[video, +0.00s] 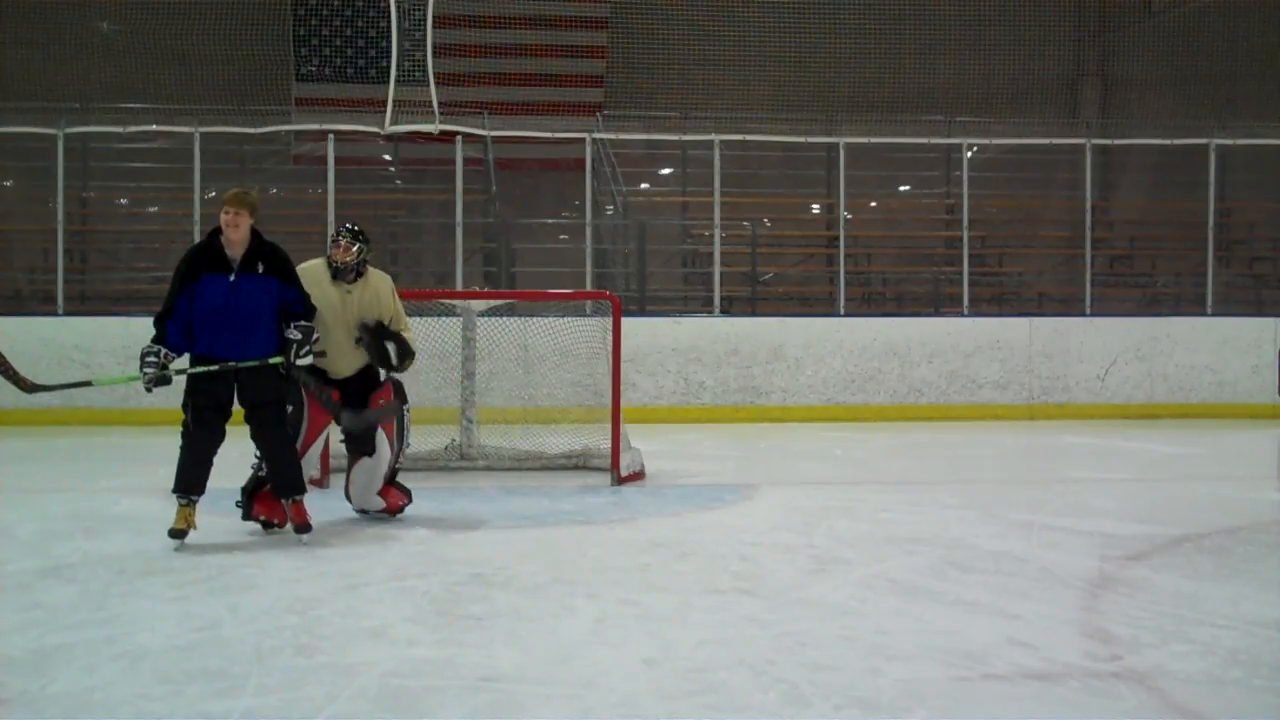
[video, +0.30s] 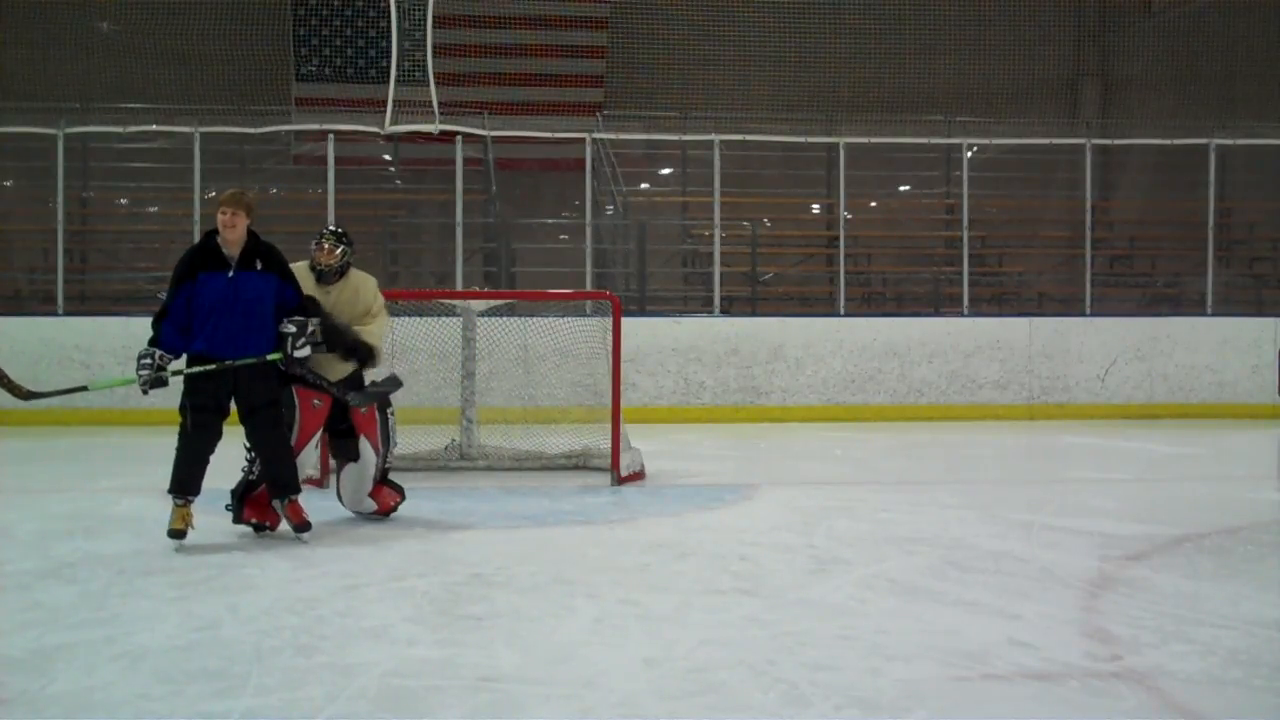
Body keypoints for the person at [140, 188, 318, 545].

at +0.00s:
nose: (230, 219)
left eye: (237, 214)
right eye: (226, 213)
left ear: (252, 220)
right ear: (219, 217)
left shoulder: (273, 258)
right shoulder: (198, 258)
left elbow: (299, 306)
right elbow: (176, 312)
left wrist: (301, 330)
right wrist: (159, 352)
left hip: (261, 362)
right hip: (210, 363)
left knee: (272, 431)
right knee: (201, 433)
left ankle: (293, 500)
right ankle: (186, 506)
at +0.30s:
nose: (227, 220)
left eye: (235, 214)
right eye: (223, 213)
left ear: (248, 220)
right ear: (216, 218)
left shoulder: (268, 258)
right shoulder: (196, 260)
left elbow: (294, 304)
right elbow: (175, 314)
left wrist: (297, 330)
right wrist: (157, 355)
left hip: (258, 362)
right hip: (207, 364)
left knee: (270, 431)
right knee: (198, 434)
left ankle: (287, 499)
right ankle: (181, 504)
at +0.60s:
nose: (221, 221)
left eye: (229, 216)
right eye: (216, 215)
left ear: (240, 222)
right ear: (207, 219)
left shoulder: (255, 259)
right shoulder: (186, 258)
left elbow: (277, 303)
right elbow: (159, 308)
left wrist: (279, 327)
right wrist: (147, 352)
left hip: (245, 364)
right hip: (195, 367)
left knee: (258, 435)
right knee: (179, 437)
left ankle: (288, 506)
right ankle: (158, 511)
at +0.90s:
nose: (224, 223)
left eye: (232, 217)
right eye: (219, 216)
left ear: (245, 222)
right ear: (211, 219)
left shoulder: (259, 259)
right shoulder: (189, 260)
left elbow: (278, 312)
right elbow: (165, 316)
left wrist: (294, 340)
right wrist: (169, 362)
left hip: (248, 369)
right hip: (198, 371)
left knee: (261, 439)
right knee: (184, 443)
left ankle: (279, 512)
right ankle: (159, 521)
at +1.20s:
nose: (268, 228)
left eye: (276, 222)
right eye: (262, 220)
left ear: (286, 228)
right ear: (249, 223)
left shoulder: (288, 266)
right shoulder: (227, 265)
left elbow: (299, 312)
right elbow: (214, 328)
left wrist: (316, 326)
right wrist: (230, 377)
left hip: (279, 374)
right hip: (232, 376)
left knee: (304, 442)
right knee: (230, 454)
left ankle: (298, 522)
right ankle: (193, 535)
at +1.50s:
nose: (382, 254)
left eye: (384, 247)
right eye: (375, 247)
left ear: (381, 252)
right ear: (354, 248)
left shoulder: (359, 286)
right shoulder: (339, 283)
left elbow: (357, 343)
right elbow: (346, 344)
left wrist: (384, 374)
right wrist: (381, 376)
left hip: (339, 386)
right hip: (300, 383)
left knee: (382, 441)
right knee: (275, 462)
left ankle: (362, 527)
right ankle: (213, 539)